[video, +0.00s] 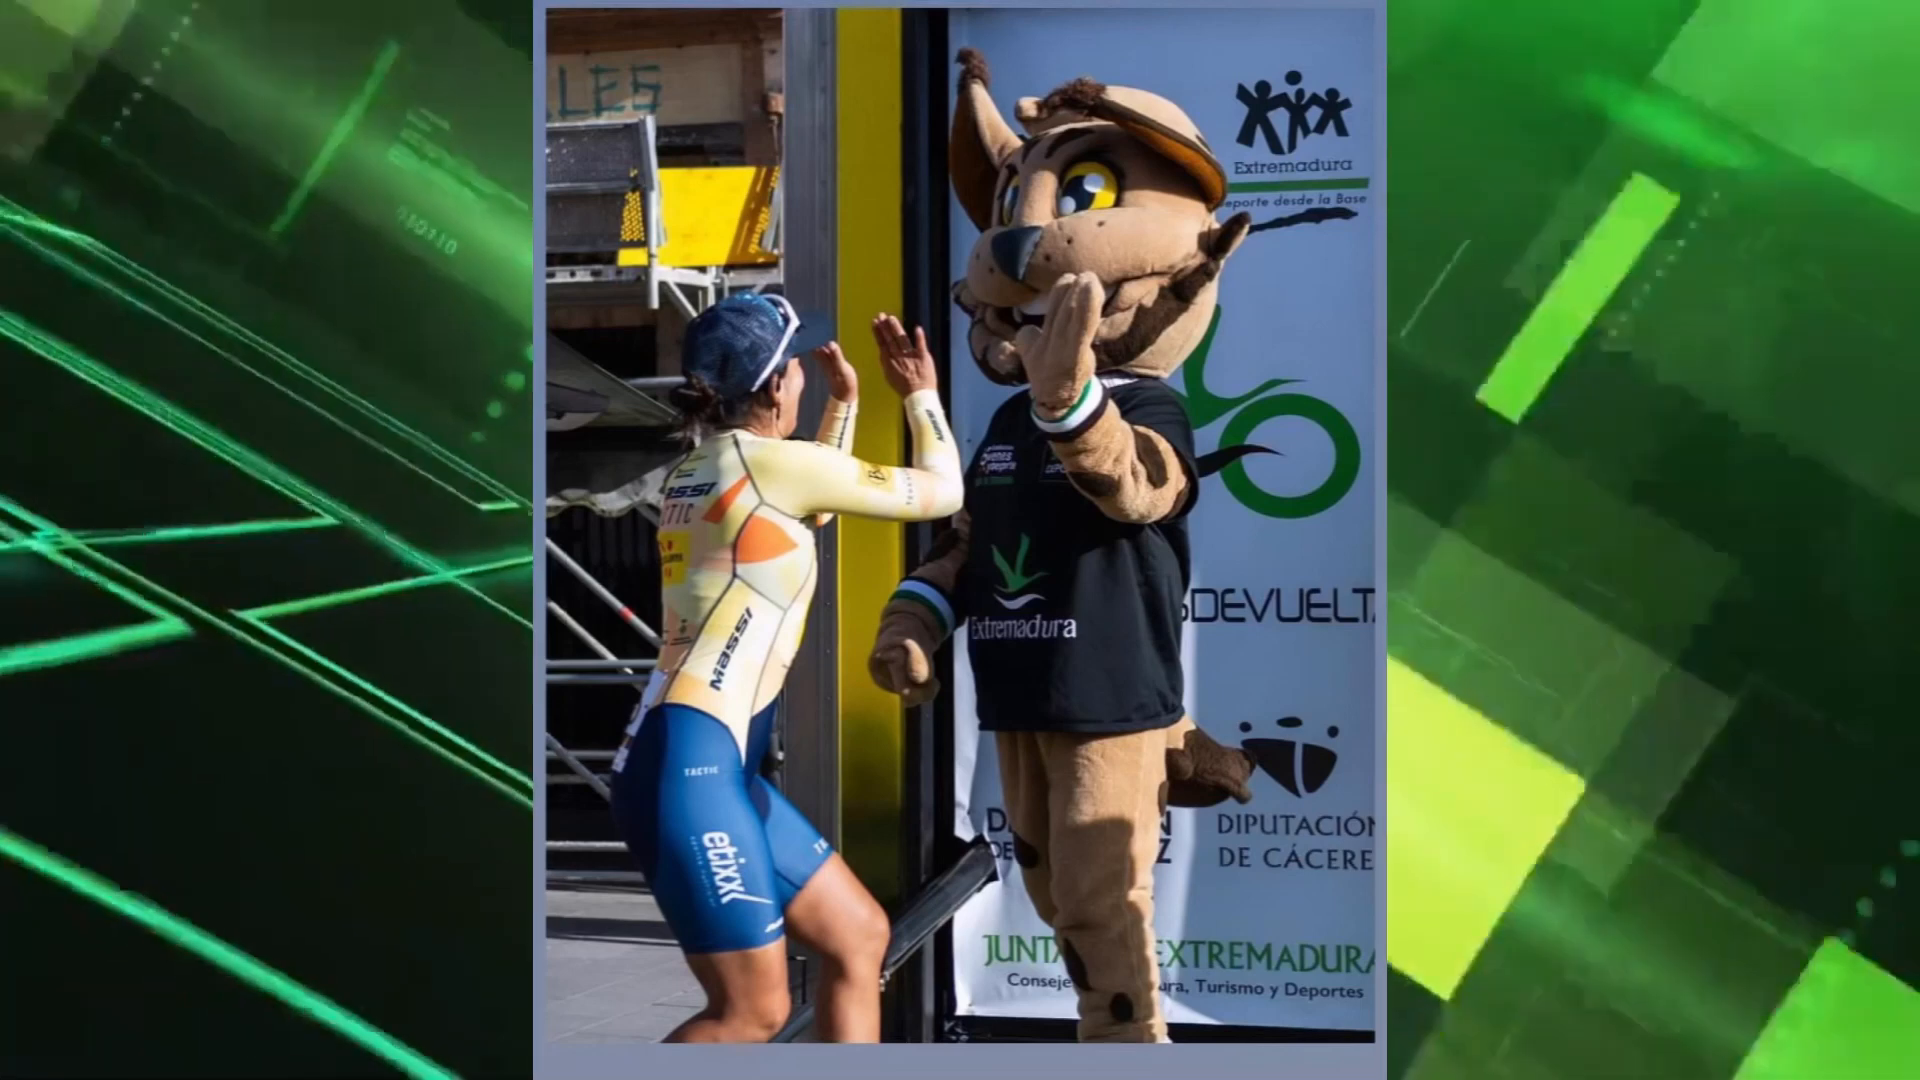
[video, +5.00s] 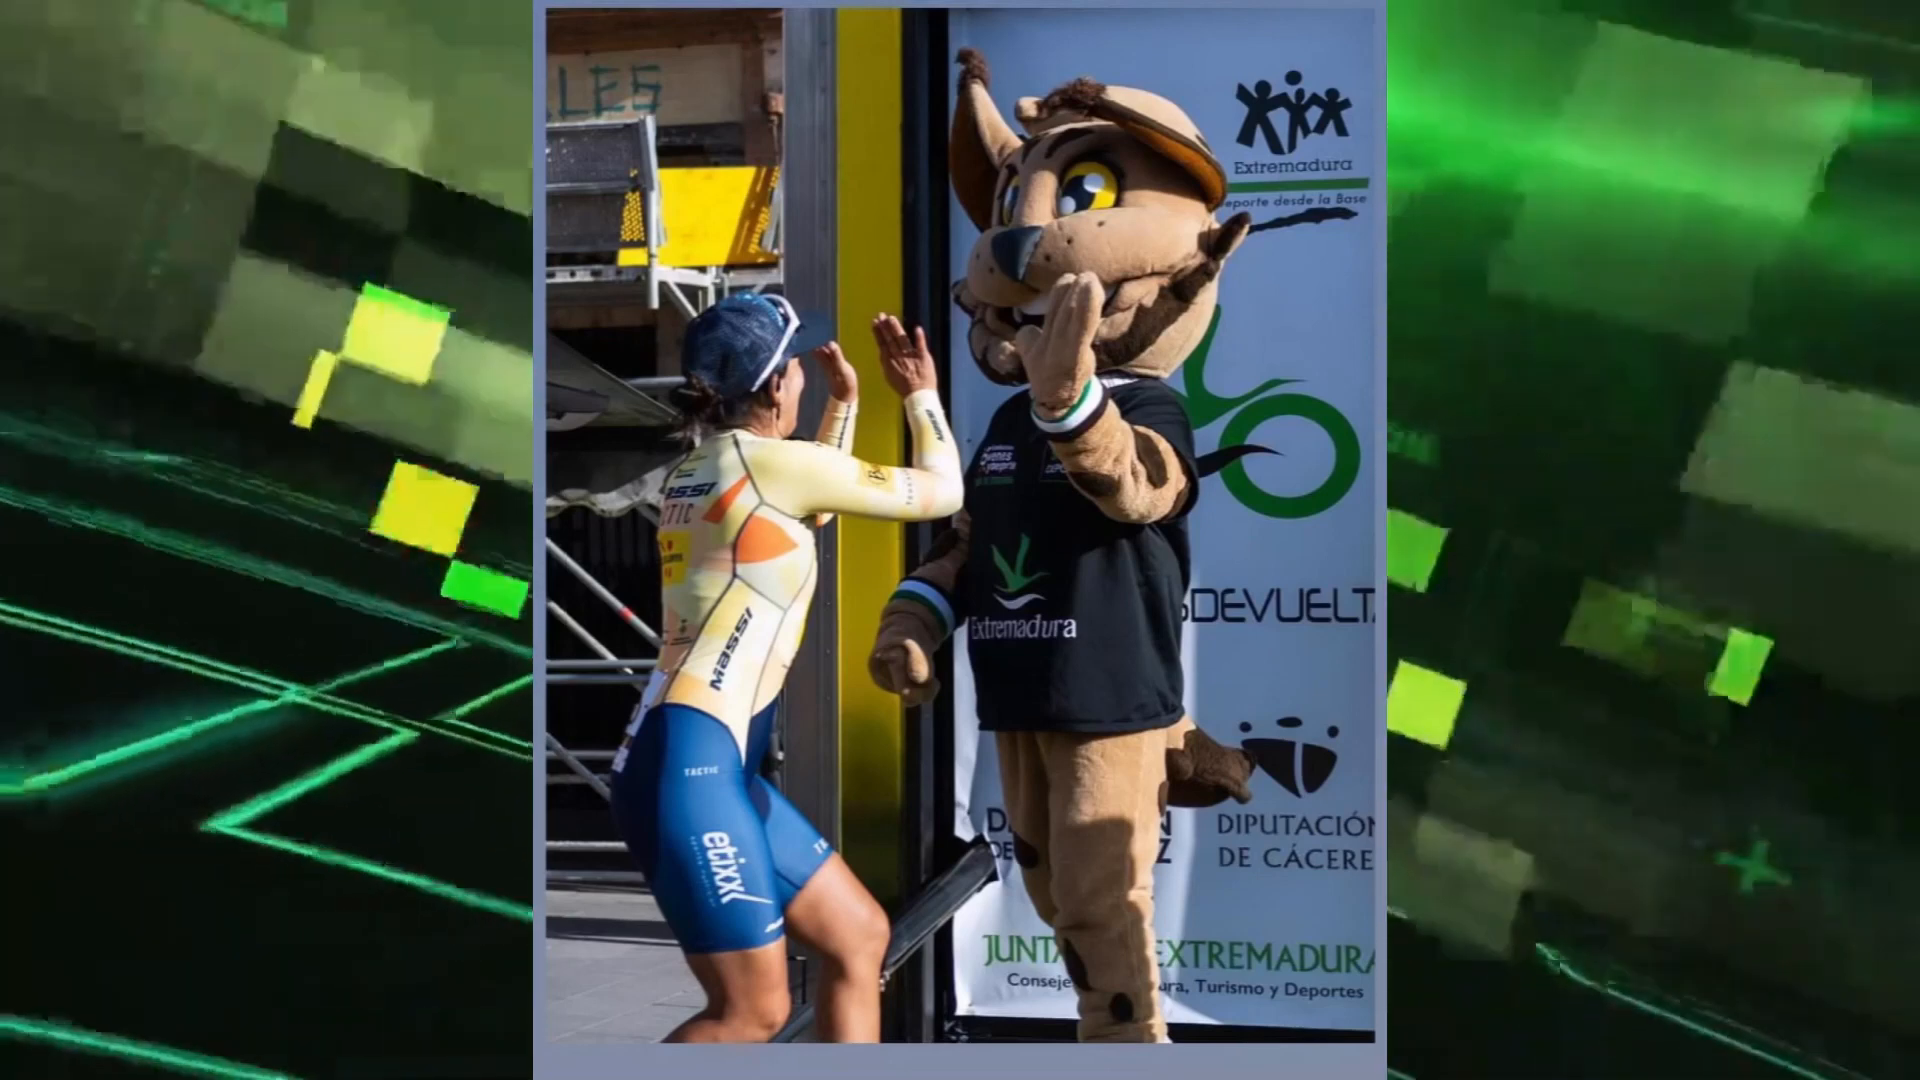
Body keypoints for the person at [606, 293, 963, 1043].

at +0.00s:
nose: (803, 377)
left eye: (799, 362)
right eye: (796, 364)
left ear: (714, 387)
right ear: (777, 380)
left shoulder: (694, 471)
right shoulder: (781, 465)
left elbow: (798, 494)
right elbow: (938, 492)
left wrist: (841, 411)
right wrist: (924, 395)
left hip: (714, 769)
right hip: (686, 774)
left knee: (860, 934)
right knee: (754, 1010)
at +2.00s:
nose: (803, 377)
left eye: (799, 363)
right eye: (796, 364)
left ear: (716, 387)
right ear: (776, 381)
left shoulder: (693, 471)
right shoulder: (778, 465)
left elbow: (801, 495)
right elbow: (939, 492)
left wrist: (840, 411)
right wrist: (924, 396)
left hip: (714, 769)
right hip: (686, 774)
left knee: (860, 933)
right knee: (754, 1009)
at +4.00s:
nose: (803, 377)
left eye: (800, 363)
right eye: (796, 364)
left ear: (716, 387)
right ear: (776, 380)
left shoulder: (693, 471)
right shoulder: (778, 465)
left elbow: (802, 495)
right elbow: (939, 492)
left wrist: (841, 410)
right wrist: (924, 396)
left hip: (714, 769)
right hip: (686, 774)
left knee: (860, 933)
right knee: (754, 1009)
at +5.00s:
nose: (803, 378)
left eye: (800, 363)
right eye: (797, 365)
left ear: (714, 387)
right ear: (777, 380)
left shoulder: (695, 471)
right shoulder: (779, 465)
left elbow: (800, 494)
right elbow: (939, 492)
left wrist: (841, 410)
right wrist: (924, 395)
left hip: (714, 769)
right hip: (686, 774)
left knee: (860, 934)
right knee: (754, 1010)